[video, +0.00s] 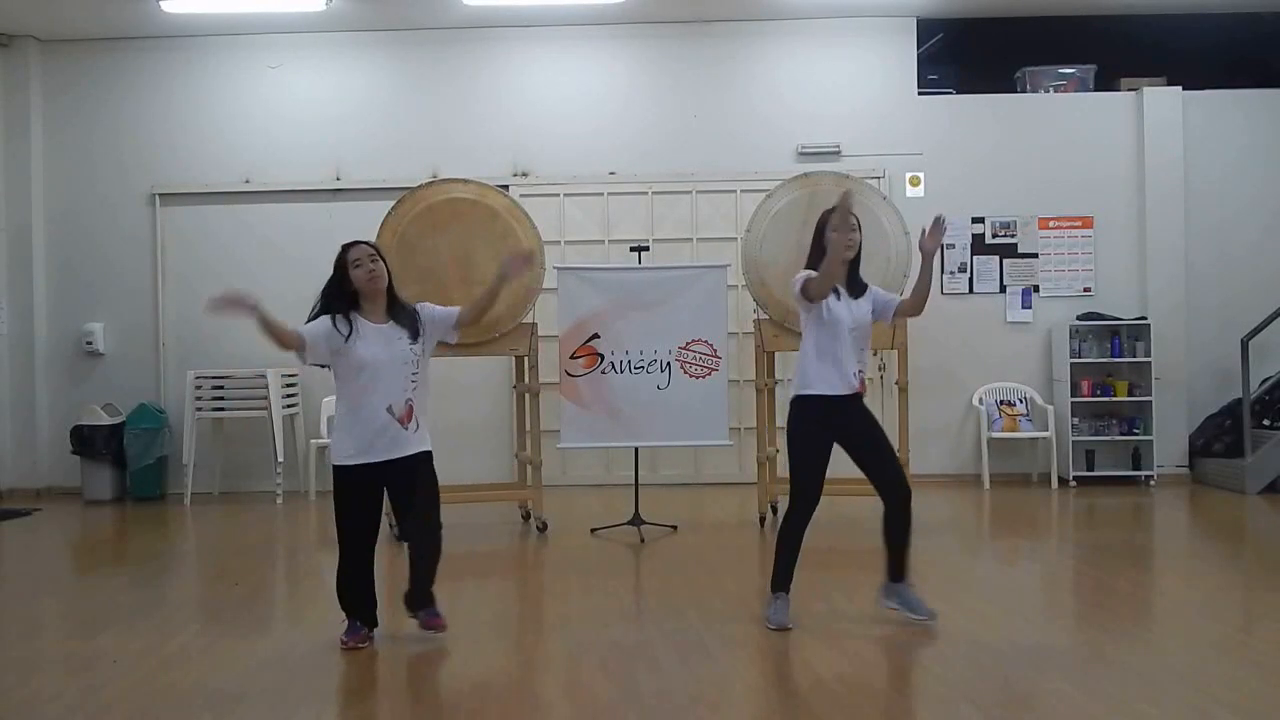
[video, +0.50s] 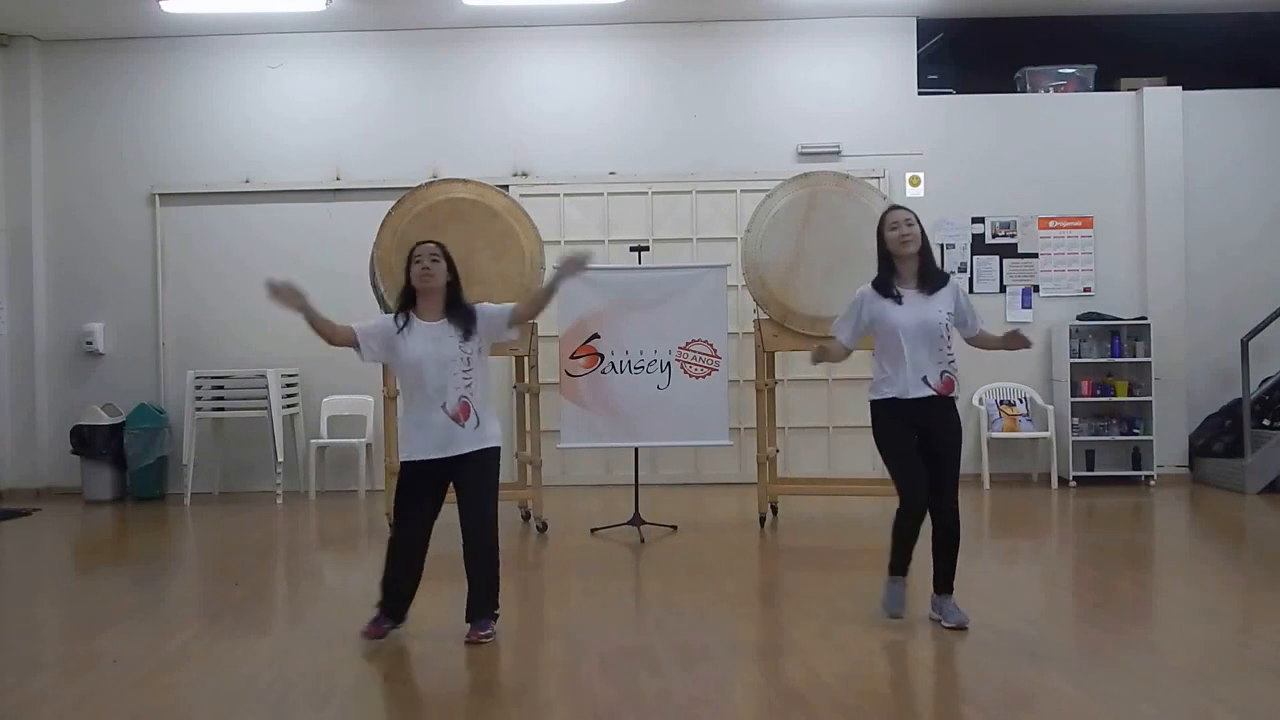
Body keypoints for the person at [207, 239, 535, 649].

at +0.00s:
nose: (370, 266)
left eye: (375, 259)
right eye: (358, 264)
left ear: (387, 269)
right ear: (347, 281)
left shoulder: (416, 318)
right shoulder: (337, 327)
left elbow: (467, 318)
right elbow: (291, 339)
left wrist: (501, 279)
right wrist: (258, 313)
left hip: (411, 449)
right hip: (355, 454)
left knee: (426, 531)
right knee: (356, 544)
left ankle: (422, 600)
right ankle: (359, 620)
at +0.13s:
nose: (379, 260)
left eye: (383, 253)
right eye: (367, 257)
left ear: (396, 265)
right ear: (355, 275)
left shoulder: (420, 311)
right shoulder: (352, 320)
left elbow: (458, 293)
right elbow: (332, 305)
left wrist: (454, 243)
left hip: (421, 441)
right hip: (367, 447)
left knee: (447, 529)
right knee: (364, 538)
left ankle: (465, 608)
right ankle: (359, 620)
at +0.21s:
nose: (387, 260)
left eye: (393, 254)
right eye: (376, 257)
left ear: (408, 267)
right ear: (365, 275)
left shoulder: (428, 312)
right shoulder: (360, 321)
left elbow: (457, 296)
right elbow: (365, 300)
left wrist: (427, 254)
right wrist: (391, 264)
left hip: (436, 442)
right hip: (381, 448)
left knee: (458, 530)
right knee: (371, 539)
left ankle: (483, 612)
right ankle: (360, 619)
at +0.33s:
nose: (405, 264)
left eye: (411, 258)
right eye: (393, 260)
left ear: (423, 270)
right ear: (381, 277)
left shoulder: (445, 316)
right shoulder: (378, 327)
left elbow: (479, 299)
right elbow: (362, 314)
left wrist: (450, 261)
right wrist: (389, 277)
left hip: (454, 443)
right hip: (400, 449)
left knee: (467, 532)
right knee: (384, 538)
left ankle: (482, 614)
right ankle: (362, 618)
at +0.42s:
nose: (416, 265)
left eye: (424, 259)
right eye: (408, 261)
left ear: (438, 271)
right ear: (398, 277)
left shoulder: (464, 317)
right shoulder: (387, 325)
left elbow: (510, 306)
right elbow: (343, 324)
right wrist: (338, 289)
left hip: (471, 444)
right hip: (416, 450)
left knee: (477, 534)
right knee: (399, 537)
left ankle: (482, 616)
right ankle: (370, 616)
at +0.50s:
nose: (425, 265)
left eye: (435, 260)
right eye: (417, 261)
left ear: (449, 274)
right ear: (409, 277)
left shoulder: (474, 318)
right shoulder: (394, 328)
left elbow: (525, 311)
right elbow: (337, 335)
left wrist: (558, 280)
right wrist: (305, 307)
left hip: (477, 445)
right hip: (421, 451)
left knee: (480, 534)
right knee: (407, 535)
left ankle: (483, 617)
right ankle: (391, 612)